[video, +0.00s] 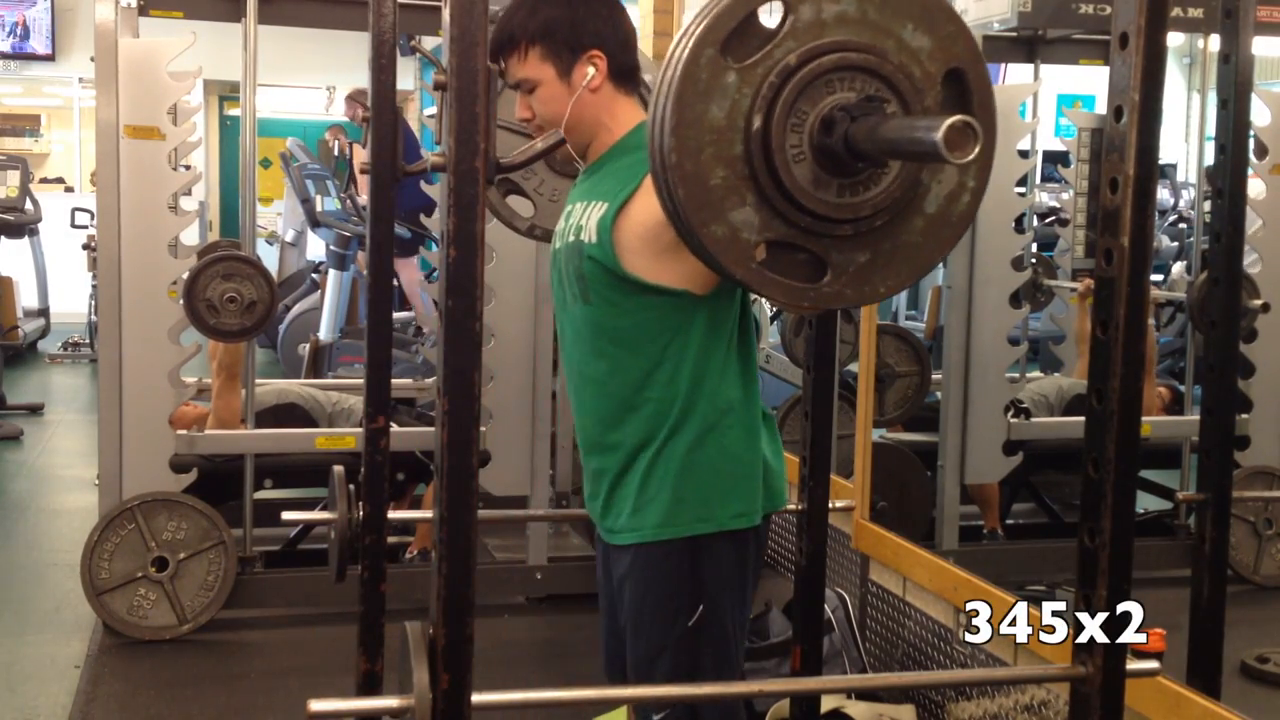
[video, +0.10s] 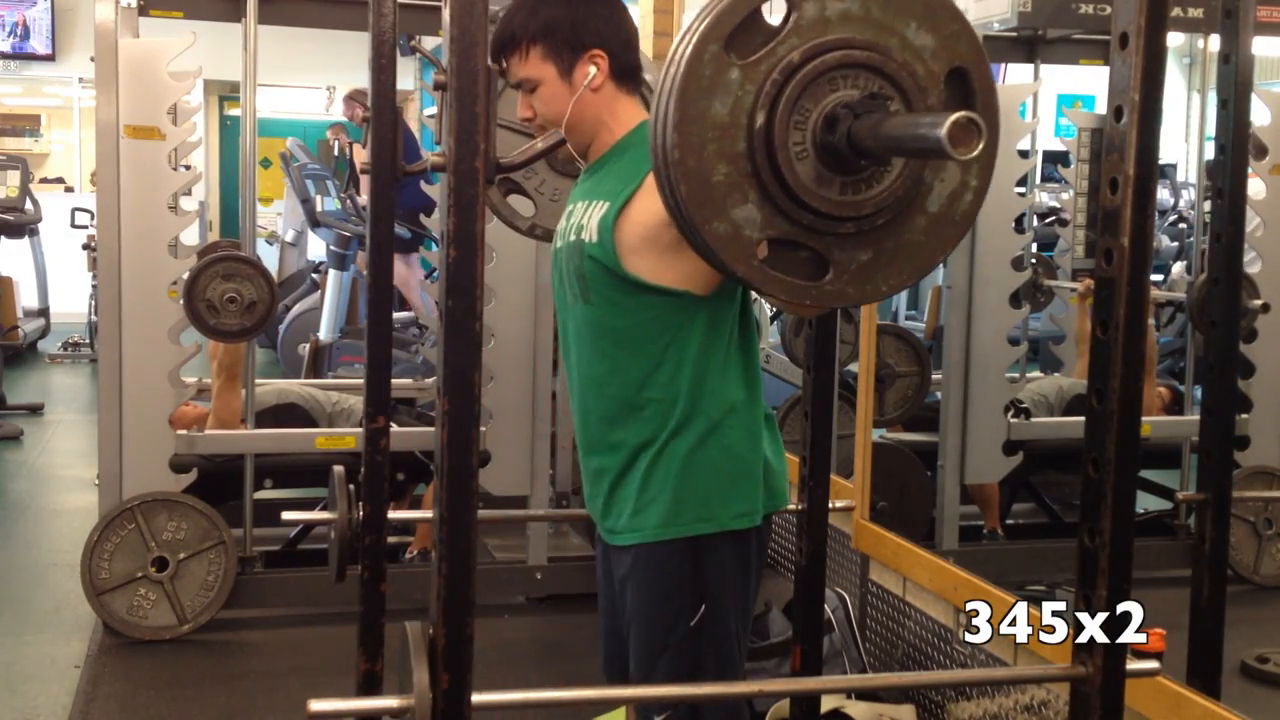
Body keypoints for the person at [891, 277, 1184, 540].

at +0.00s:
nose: (1155, 393)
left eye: (1161, 397)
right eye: (1157, 390)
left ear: (1161, 412)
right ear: (1146, 386)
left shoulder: (1132, 417)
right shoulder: (1100, 391)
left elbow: (1145, 365)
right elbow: (1085, 346)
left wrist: (1145, 311)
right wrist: (1083, 300)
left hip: (1023, 413)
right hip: (1007, 398)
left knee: (978, 449)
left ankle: (992, 530)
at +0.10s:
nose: (1155, 394)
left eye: (1161, 397)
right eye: (1158, 391)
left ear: (1161, 412)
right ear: (1147, 386)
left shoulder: (1133, 416)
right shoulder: (1101, 390)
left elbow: (1145, 363)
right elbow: (1085, 345)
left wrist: (1145, 311)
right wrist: (1083, 300)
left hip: (1023, 414)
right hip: (1008, 399)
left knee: (978, 450)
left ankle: (992, 530)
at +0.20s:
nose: (1155, 392)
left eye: (1161, 396)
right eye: (1158, 390)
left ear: (1161, 412)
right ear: (1147, 386)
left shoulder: (1135, 416)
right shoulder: (1101, 392)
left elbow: (1145, 363)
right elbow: (1085, 347)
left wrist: (1145, 311)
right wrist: (1083, 301)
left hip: (1021, 415)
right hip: (1008, 401)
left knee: (978, 450)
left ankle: (992, 529)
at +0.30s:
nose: (1154, 393)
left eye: (1160, 397)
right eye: (1157, 390)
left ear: (1162, 412)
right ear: (1146, 387)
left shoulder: (1136, 416)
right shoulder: (1104, 393)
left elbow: (1146, 365)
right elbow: (1083, 352)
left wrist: (1144, 310)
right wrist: (1082, 303)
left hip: (1021, 414)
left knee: (977, 449)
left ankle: (992, 529)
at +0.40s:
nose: (1156, 391)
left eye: (1161, 394)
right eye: (1158, 389)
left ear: (1164, 410)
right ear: (1150, 392)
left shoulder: (1141, 410)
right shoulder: (1101, 388)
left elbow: (1149, 373)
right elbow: (1078, 356)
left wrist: (1146, 320)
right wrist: (1082, 305)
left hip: (1020, 409)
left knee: (977, 446)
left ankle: (992, 529)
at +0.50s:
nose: (1157, 392)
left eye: (1162, 394)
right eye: (1160, 391)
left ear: (1164, 406)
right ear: (1152, 393)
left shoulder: (1137, 411)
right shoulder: (1092, 390)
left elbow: (1151, 380)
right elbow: (1073, 358)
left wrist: (1146, 325)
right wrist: (1082, 312)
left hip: (1016, 415)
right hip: (1001, 406)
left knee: (977, 454)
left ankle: (993, 529)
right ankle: (992, 526)